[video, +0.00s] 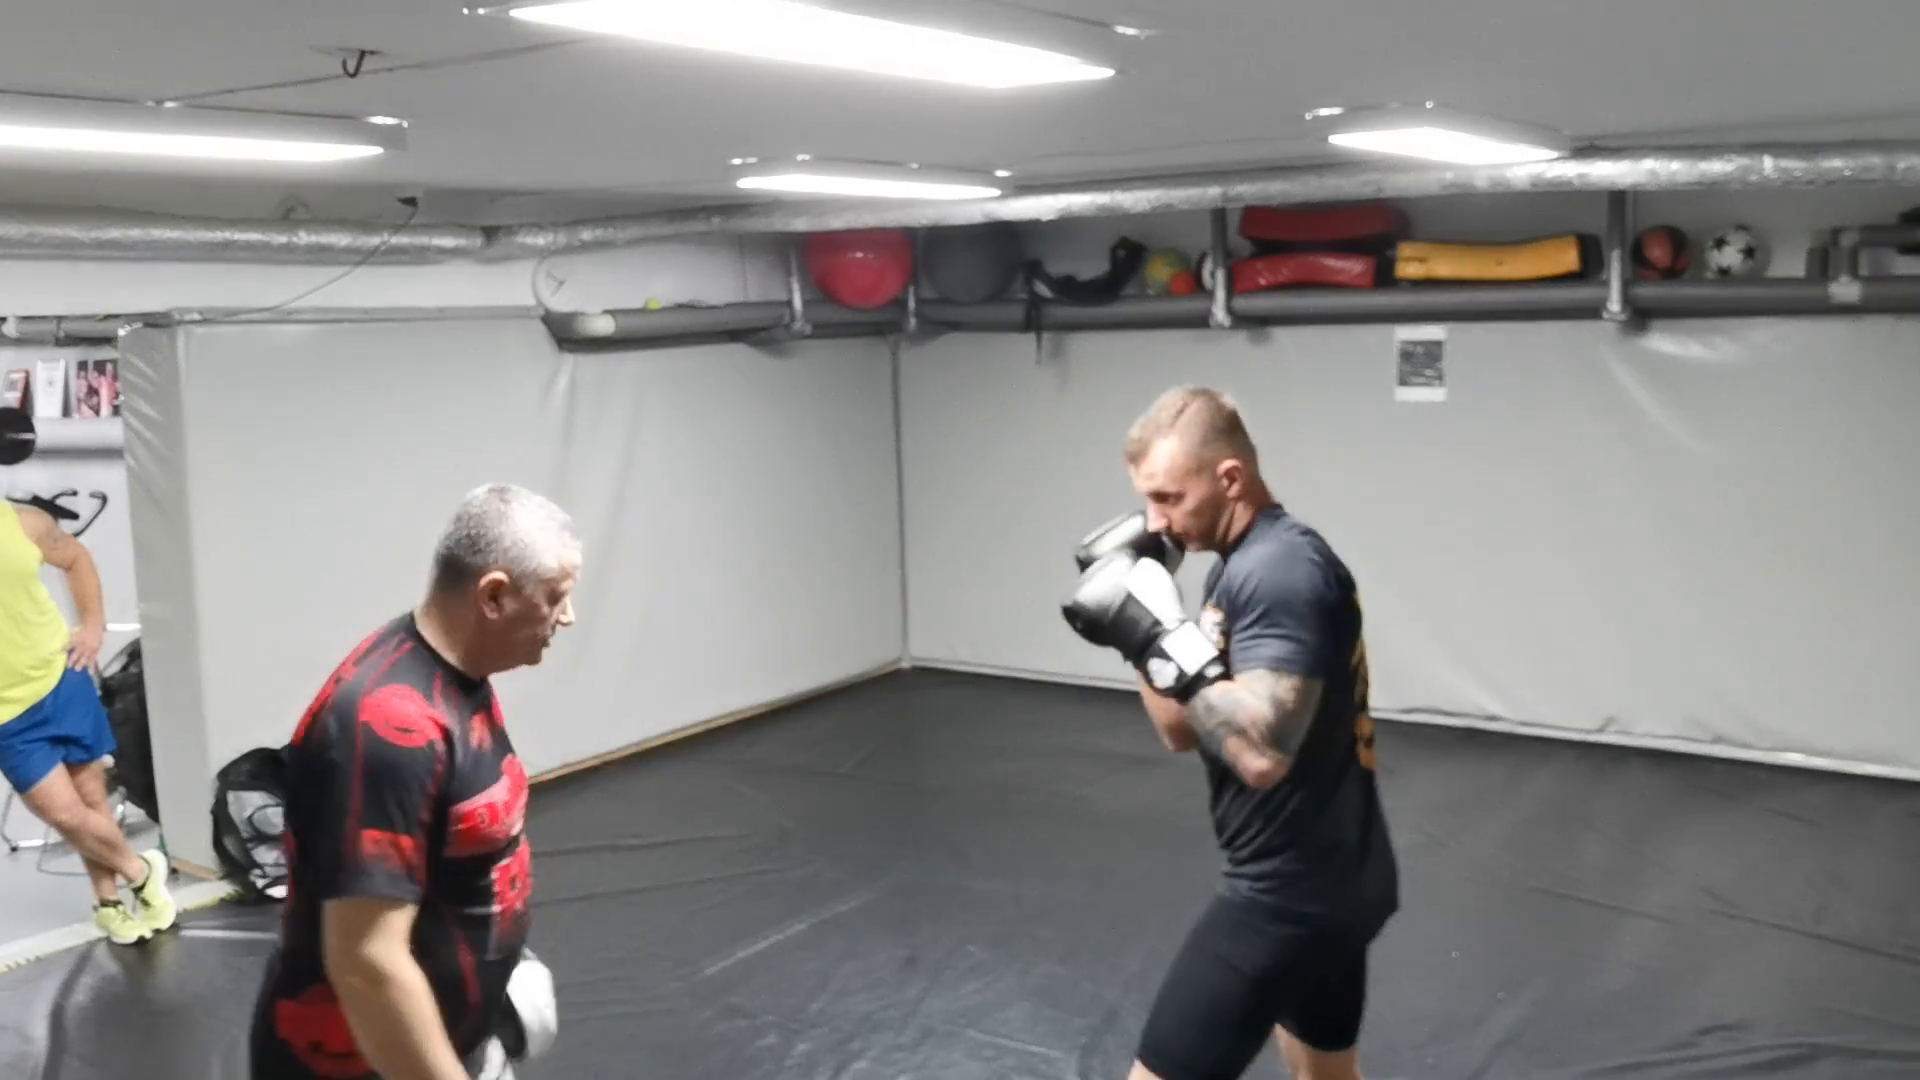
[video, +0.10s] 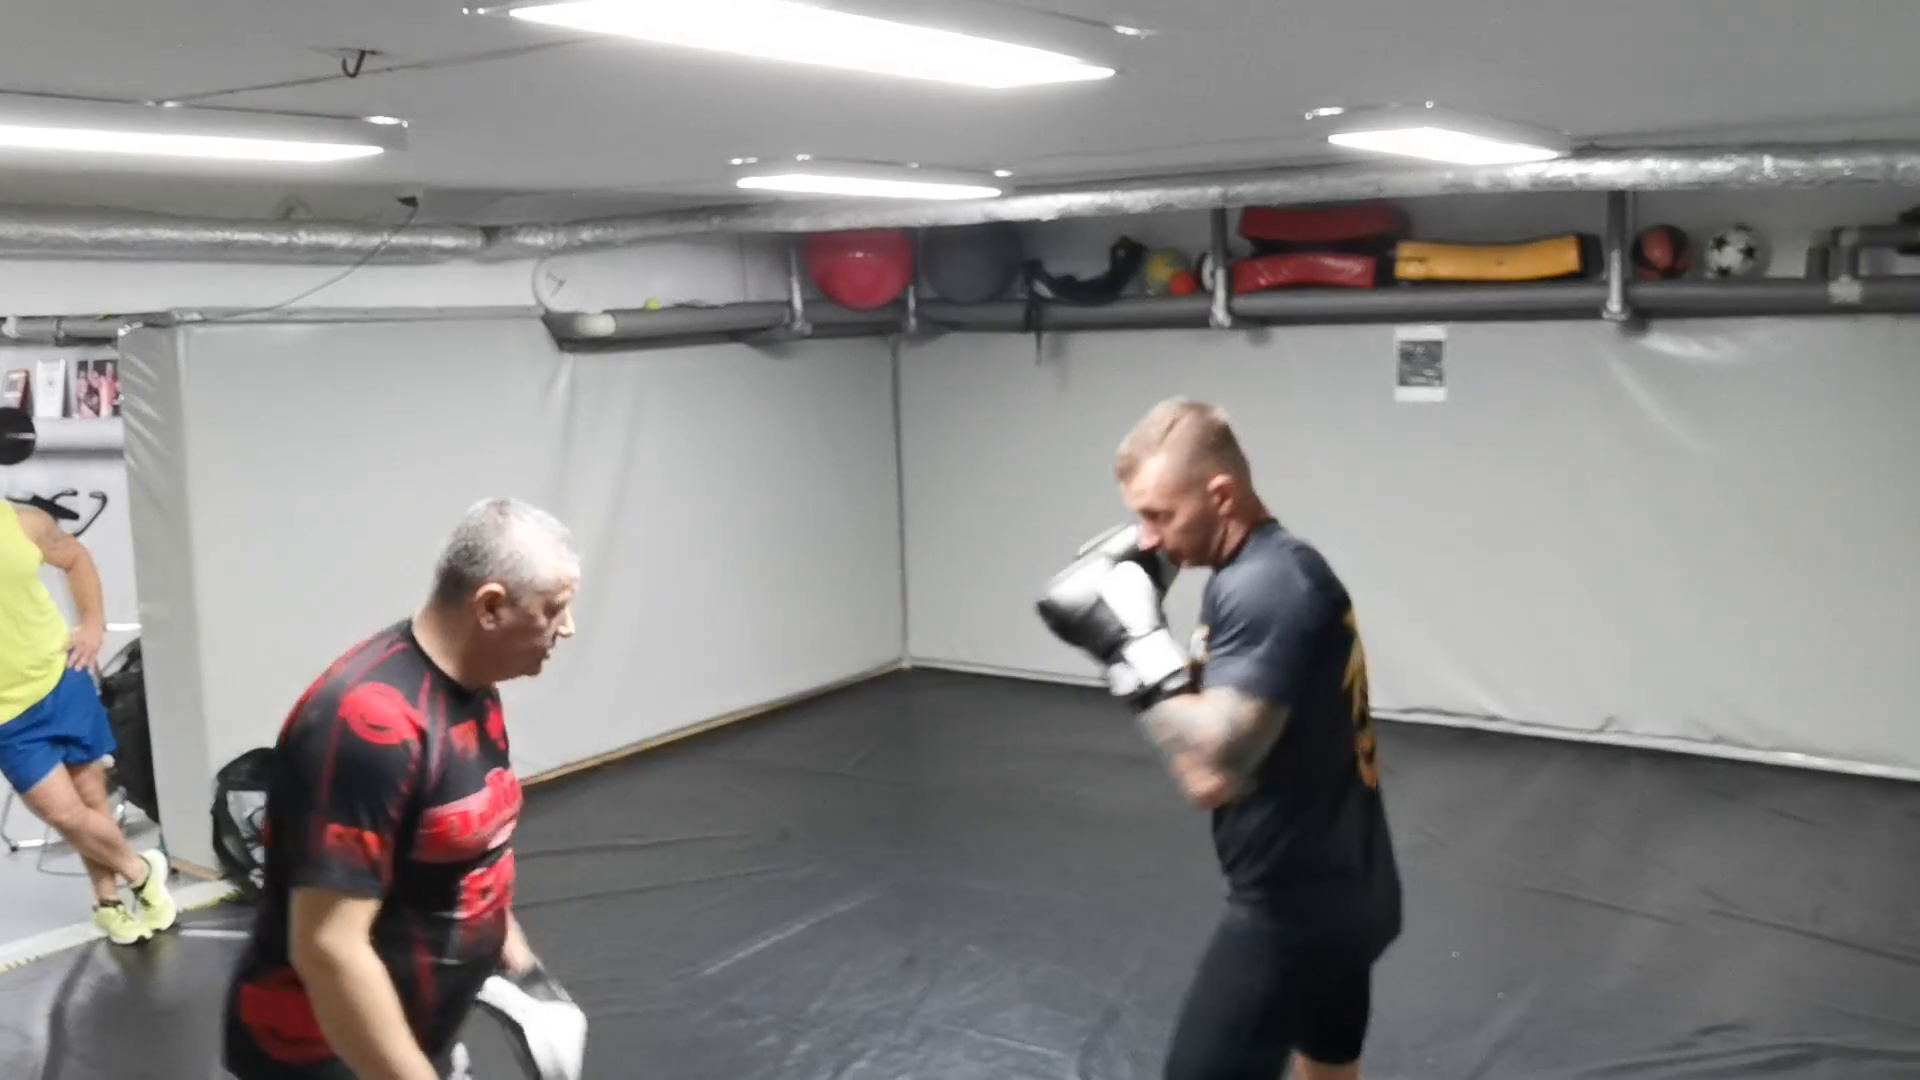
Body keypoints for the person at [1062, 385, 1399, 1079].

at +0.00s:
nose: (1157, 518)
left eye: (1168, 498)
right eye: (1149, 500)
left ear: (1230, 478)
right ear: (1228, 484)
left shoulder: (1283, 569)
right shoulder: (1242, 564)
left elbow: (1263, 753)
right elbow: (1179, 728)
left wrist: (1164, 630)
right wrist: (1143, 622)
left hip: (1290, 889)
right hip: (1321, 875)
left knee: (1158, 1072)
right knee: (1322, 1061)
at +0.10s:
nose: (1147, 540)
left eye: (1159, 516)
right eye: (1140, 519)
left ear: (1222, 496)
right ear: (1222, 499)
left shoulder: (1267, 588)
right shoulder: (1259, 573)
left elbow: (1212, 769)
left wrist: (1136, 642)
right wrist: (1145, 641)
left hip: (1294, 905)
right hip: (1339, 884)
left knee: (1201, 1069)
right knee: (1327, 1062)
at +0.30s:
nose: (1080, 562)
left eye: (1087, 538)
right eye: (1075, 541)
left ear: (1148, 516)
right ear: (1157, 516)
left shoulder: (1191, 614)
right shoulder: (1271, 564)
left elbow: (1124, 807)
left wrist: (1061, 677)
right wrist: (1131, 650)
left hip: (1271, 930)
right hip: (1358, 909)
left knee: (1195, 1070)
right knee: (1334, 1068)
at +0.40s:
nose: (1074, 543)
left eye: (1079, 518)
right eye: (1065, 523)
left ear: (1140, 496)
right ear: (1152, 492)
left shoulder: (1167, 598)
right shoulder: (1273, 550)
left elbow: (1103, 795)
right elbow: (1212, 700)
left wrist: (1039, 662)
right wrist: (1115, 604)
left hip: (1256, 925)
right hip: (1355, 901)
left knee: (1193, 1068)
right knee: (1322, 1067)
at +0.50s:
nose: (1088, 556)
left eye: (1092, 530)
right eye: (1079, 534)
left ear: (1149, 504)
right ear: (1160, 501)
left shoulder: (1176, 606)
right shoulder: (1279, 568)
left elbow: (1089, 803)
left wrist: (1034, 670)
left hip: (1253, 956)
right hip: (1342, 934)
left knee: (1121, 1068)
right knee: (1334, 1068)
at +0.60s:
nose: (1070, 593)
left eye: (1079, 567)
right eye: (1063, 570)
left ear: (1143, 551)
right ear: (1151, 551)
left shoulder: (1172, 661)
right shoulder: (1260, 622)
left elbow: (1127, 876)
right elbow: (1098, 753)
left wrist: (1043, 759)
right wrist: (1097, 630)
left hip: (1225, 1009)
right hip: (1317, 986)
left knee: (1044, 1071)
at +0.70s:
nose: (987, 573)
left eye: (996, 548)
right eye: (984, 550)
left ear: (1062, 534)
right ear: (1074, 531)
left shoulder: (1078, 638)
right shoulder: (1204, 614)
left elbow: (1045, 834)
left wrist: (937, 778)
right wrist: (1048, 628)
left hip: (1122, 993)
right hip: (1237, 982)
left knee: (962, 1071)